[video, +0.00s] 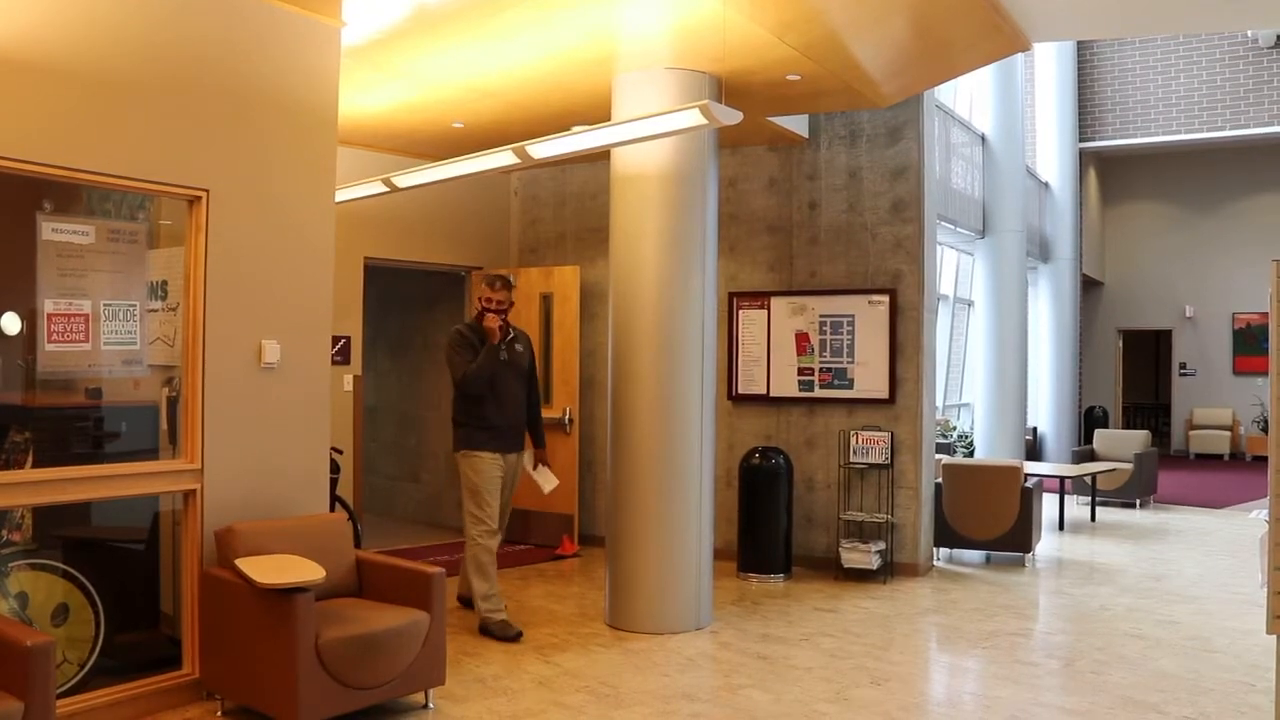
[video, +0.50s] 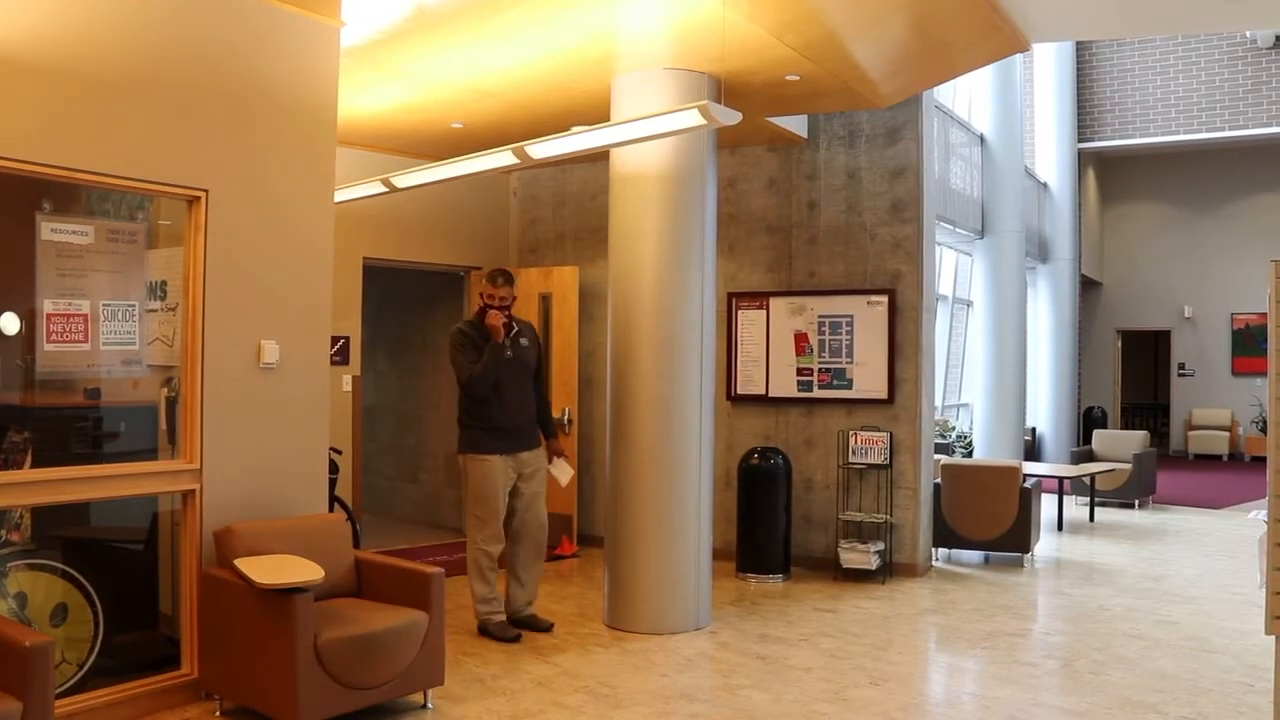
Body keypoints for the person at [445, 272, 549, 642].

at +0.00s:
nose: (492, 310)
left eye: (500, 305)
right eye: (487, 303)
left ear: (510, 303)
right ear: (477, 299)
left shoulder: (521, 341)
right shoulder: (463, 337)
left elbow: (531, 396)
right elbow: (468, 384)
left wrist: (539, 445)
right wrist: (491, 342)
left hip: (512, 446)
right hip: (477, 446)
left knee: (494, 527)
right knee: (483, 529)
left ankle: (468, 587)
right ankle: (491, 614)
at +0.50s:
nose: (495, 306)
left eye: (503, 300)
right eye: (489, 299)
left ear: (514, 299)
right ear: (479, 295)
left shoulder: (528, 334)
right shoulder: (465, 335)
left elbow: (539, 389)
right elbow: (473, 386)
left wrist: (551, 435)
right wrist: (495, 340)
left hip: (529, 448)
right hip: (485, 450)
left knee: (531, 532)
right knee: (486, 536)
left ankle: (521, 609)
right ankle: (489, 616)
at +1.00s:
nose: (510, 302)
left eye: (517, 297)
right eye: (504, 295)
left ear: (527, 297)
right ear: (494, 292)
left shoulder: (539, 336)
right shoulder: (476, 330)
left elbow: (553, 394)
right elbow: (479, 378)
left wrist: (564, 445)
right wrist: (504, 334)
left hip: (535, 450)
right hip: (491, 450)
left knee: (525, 539)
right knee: (490, 539)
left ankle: (519, 610)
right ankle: (488, 616)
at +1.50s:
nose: (523, 303)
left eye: (530, 298)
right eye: (518, 296)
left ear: (539, 297)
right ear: (507, 292)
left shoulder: (548, 337)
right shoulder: (486, 329)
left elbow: (556, 397)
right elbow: (488, 378)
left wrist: (562, 447)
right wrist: (517, 335)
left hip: (539, 449)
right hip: (496, 448)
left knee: (525, 538)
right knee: (492, 537)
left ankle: (517, 609)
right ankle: (488, 616)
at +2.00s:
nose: (535, 304)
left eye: (543, 299)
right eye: (531, 296)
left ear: (552, 302)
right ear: (520, 292)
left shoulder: (556, 339)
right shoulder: (495, 327)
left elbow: (562, 400)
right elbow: (492, 376)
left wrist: (568, 452)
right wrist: (526, 335)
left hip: (539, 449)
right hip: (497, 447)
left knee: (524, 537)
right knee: (493, 536)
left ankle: (516, 609)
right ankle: (487, 616)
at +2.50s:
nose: (538, 304)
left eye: (546, 300)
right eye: (534, 297)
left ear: (557, 303)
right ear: (525, 292)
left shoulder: (561, 343)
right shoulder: (499, 327)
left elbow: (566, 403)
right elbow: (497, 376)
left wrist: (569, 455)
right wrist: (531, 337)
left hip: (542, 451)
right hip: (500, 448)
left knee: (525, 538)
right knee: (494, 537)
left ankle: (517, 609)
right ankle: (488, 616)